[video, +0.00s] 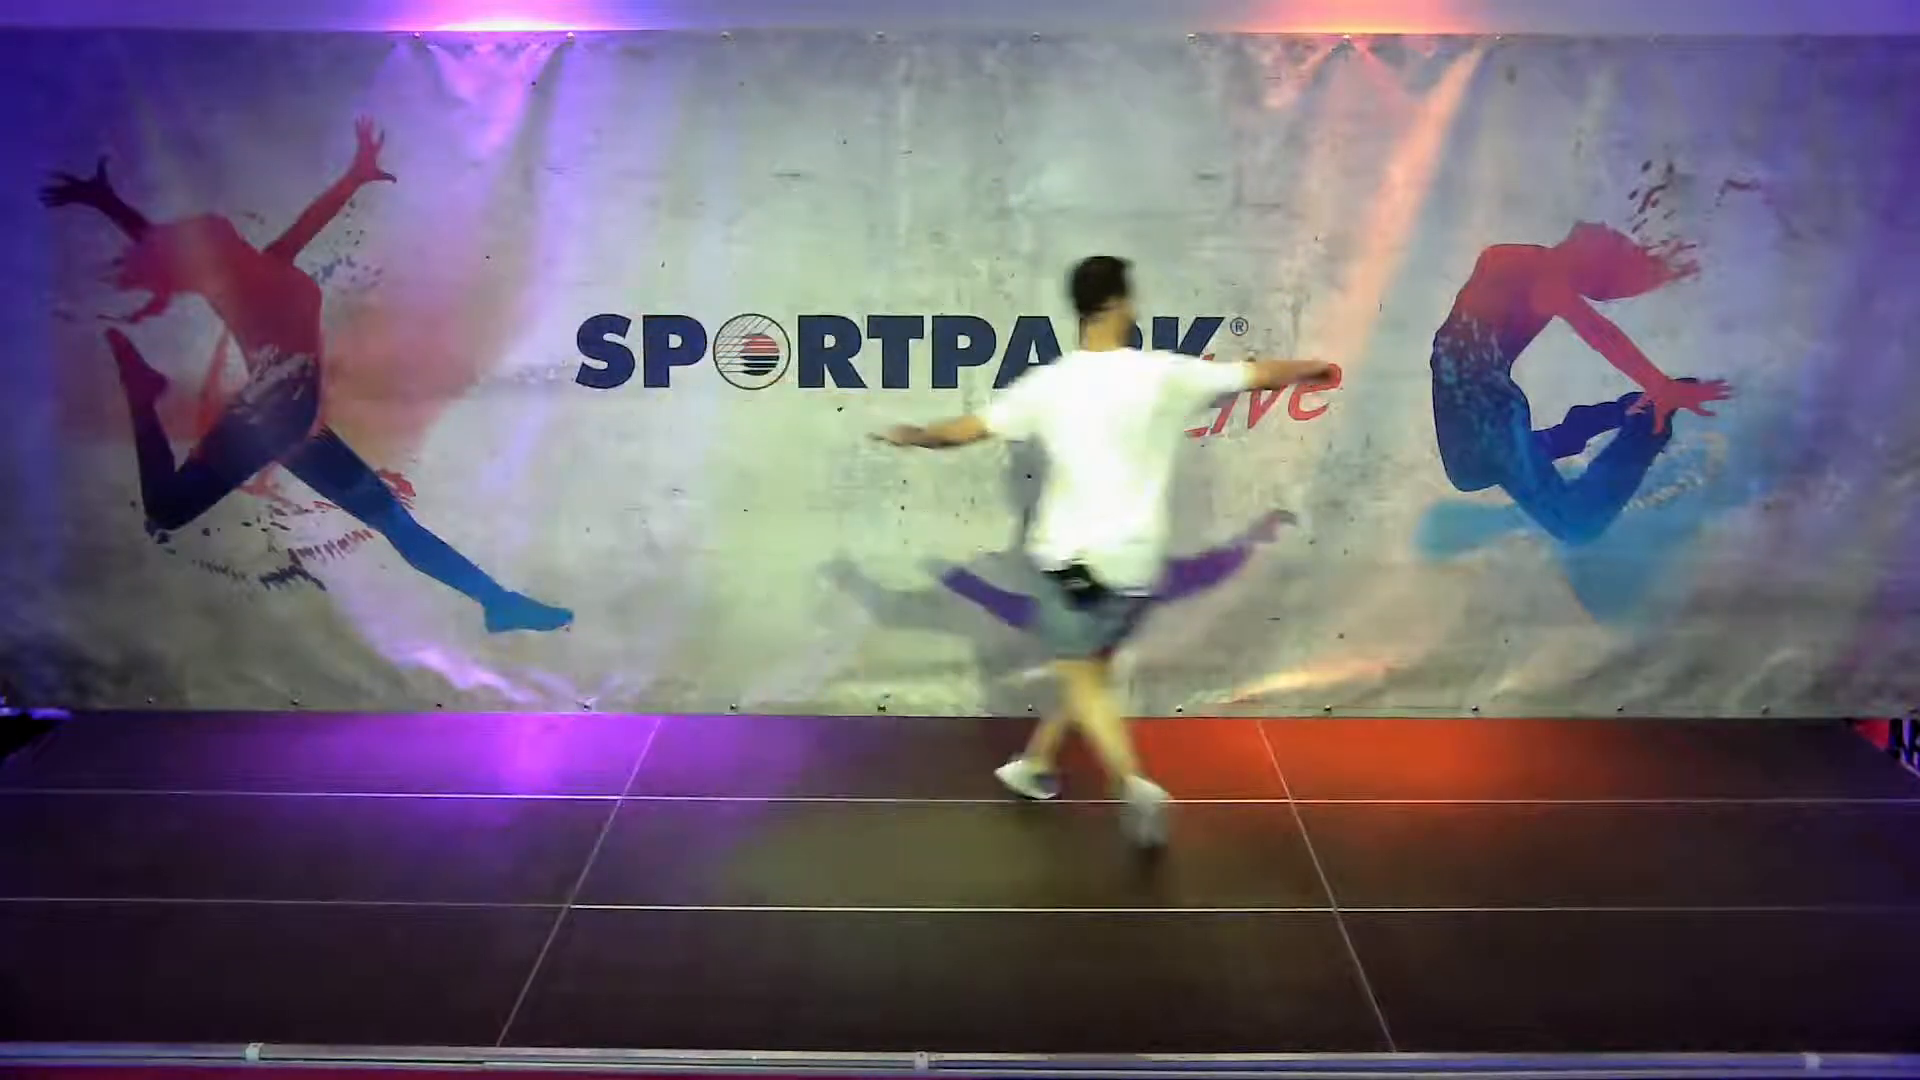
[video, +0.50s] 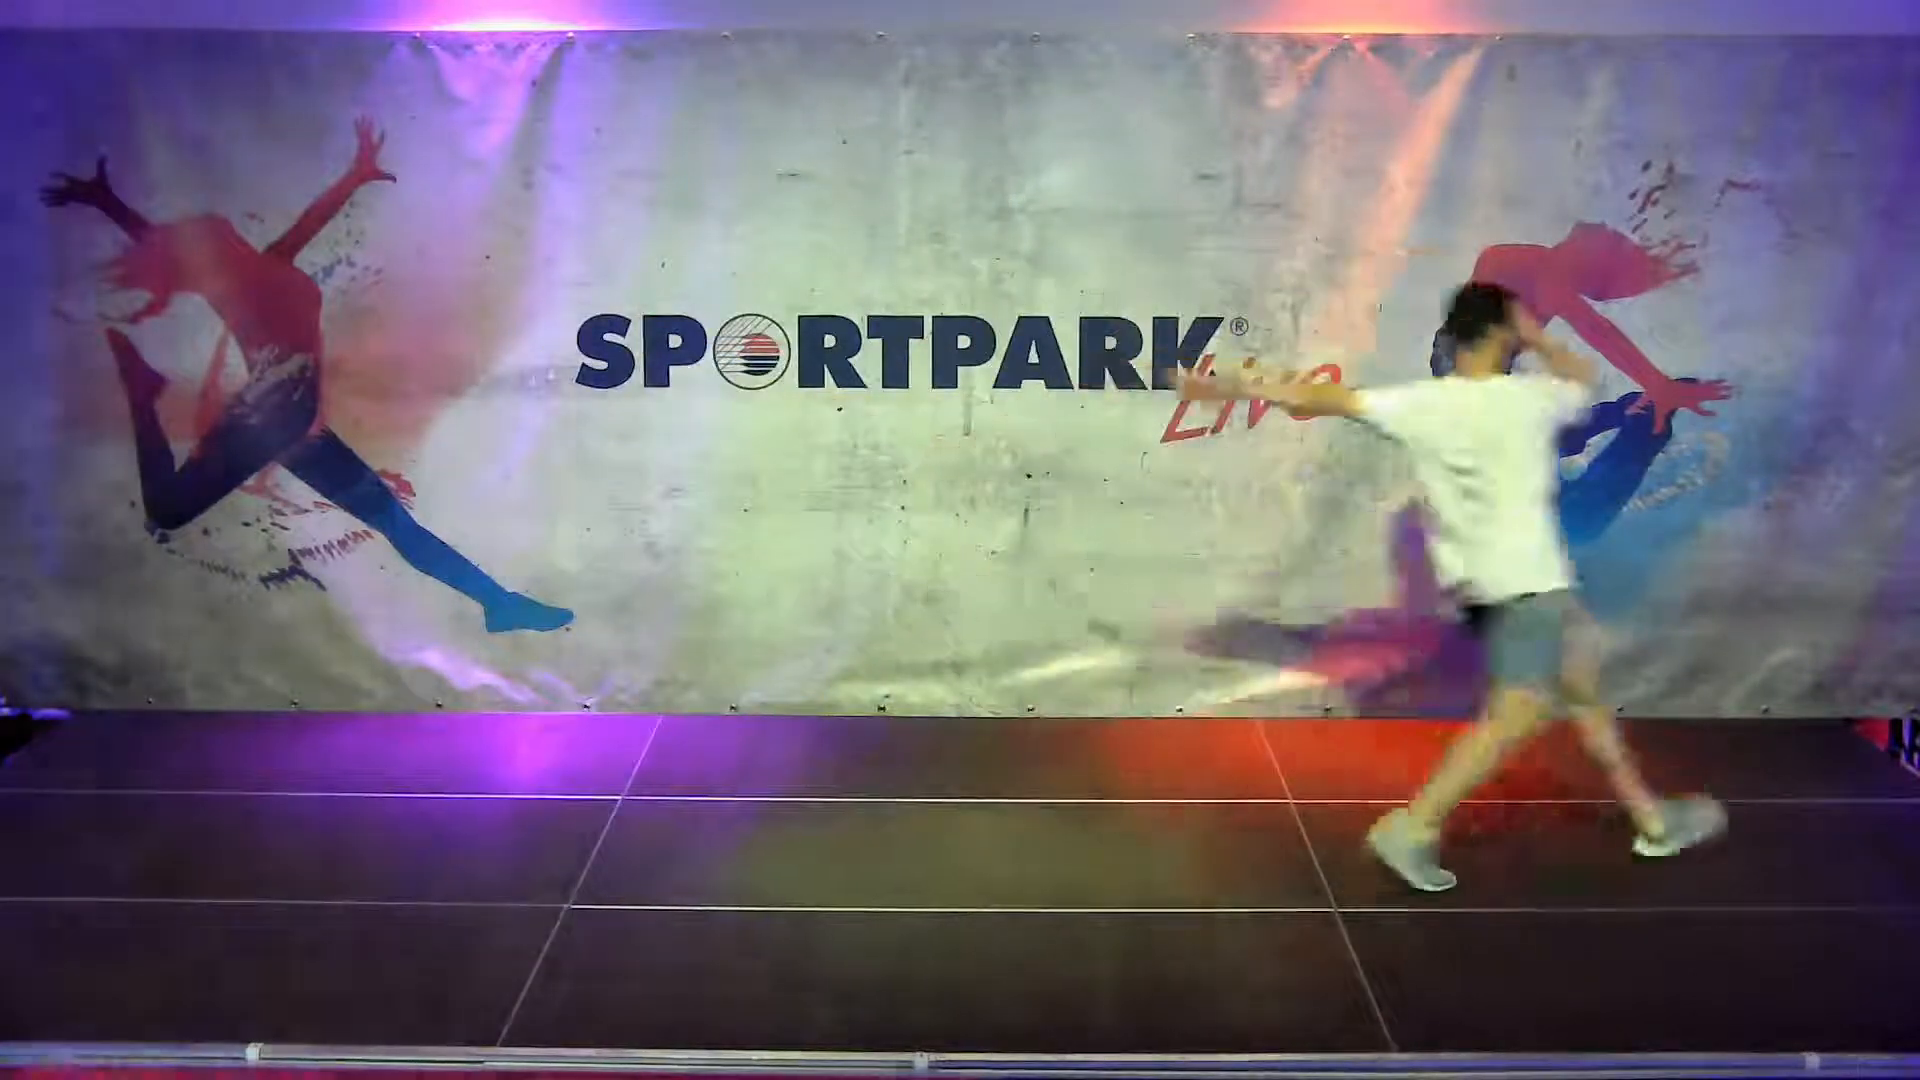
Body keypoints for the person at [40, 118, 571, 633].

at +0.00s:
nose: (177, 292)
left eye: (176, 272)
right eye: (166, 279)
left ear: (202, 255)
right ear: (204, 254)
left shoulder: (262, 269)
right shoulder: (244, 275)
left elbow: (307, 223)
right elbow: (156, 243)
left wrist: (357, 176)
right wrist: (104, 201)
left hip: (295, 424)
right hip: (263, 421)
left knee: (386, 512)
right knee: (166, 511)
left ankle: (499, 601)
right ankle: (140, 393)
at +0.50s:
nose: (183, 288)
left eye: (180, 267)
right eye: (186, 264)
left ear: (204, 253)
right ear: (202, 251)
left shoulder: (263, 271)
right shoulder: (240, 280)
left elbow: (306, 224)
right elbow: (156, 242)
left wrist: (357, 176)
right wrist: (103, 199)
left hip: (298, 426)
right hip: (261, 422)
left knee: (387, 514)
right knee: (166, 510)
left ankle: (500, 602)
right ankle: (139, 387)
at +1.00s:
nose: (188, 287)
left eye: (187, 267)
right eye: (188, 266)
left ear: (206, 254)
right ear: (204, 251)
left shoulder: (262, 270)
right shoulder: (237, 280)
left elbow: (308, 223)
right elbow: (158, 244)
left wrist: (357, 175)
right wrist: (104, 201)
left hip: (298, 426)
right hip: (260, 422)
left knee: (388, 516)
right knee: (166, 511)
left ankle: (500, 602)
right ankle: (140, 394)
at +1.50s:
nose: (177, 289)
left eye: (177, 269)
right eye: (171, 273)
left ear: (203, 253)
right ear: (204, 249)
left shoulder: (262, 269)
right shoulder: (241, 279)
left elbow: (307, 223)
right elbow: (158, 244)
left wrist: (358, 175)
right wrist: (105, 202)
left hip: (300, 428)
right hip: (262, 422)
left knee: (389, 517)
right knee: (166, 512)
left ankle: (500, 602)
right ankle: (141, 398)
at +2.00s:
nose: (177, 289)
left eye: (177, 269)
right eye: (173, 272)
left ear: (202, 253)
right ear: (204, 249)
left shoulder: (262, 270)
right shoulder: (241, 279)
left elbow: (306, 223)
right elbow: (158, 244)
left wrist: (358, 175)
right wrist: (106, 203)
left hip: (300, 428)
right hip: (262, 422)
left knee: (389, 517)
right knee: (167, 512)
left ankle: (500, 602)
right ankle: (141, 398)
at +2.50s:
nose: (181, 288)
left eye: (181, 268)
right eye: (178, 271)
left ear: (205, 254)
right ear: (208, 248)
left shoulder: (261, 270)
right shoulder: (246, 279)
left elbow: (307, 223)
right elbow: (160, 245)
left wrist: (358, 175)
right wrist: (105, 202)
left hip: (299, 428)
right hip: (263, 421)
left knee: (388, 515)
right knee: (167, 511)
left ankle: (500, 602)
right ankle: (141, 396)